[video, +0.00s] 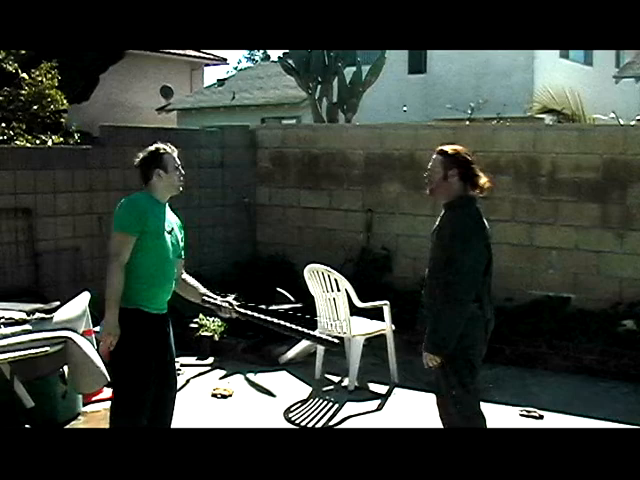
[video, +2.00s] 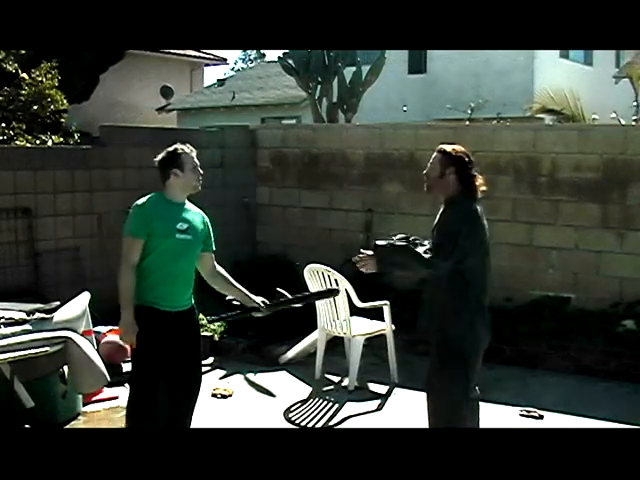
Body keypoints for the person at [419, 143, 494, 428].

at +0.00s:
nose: (427, 178)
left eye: (432, 173)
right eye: (428, 172)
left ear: (453, 177)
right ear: (450, 178)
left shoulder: (462, 222)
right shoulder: (456, 216)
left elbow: (456, 291)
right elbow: (450, 287)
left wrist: (435, 344)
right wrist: (435, 339)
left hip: (460, 335)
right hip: (456, 332)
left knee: (460, 412)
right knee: (455, 410)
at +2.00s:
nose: (426, 180)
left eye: (431, 174)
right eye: (427, 173)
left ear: (450, 176)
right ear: (450, 176)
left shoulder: (461, 215)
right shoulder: (456, 211)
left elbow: (439, 264)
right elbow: (439, 257)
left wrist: (384, 263)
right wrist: (394, 254)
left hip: (460, 325)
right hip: (457, 321)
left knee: (445, 395)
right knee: (455, 393)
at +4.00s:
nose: (422, 162)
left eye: (429, 160)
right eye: (426, 158)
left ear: (443, 174)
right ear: (444, 175)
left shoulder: (443, 212)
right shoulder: (453, 210)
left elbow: (429, 271)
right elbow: (430, 271)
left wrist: (395, 315)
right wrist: (397, 304)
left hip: (445, 327)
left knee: (441, 407)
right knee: (446, 404)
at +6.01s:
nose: (410, 176)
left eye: (416, 170)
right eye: (412, 169)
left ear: (435, 176)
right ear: (435, 177)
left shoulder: (445, 220)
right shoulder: (448, 215)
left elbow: (440, 288)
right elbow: (441, 286)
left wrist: (433, 349)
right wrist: (431, 342)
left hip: (445, 342)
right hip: (450, 339)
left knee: (436, 416)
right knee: (444, 413)